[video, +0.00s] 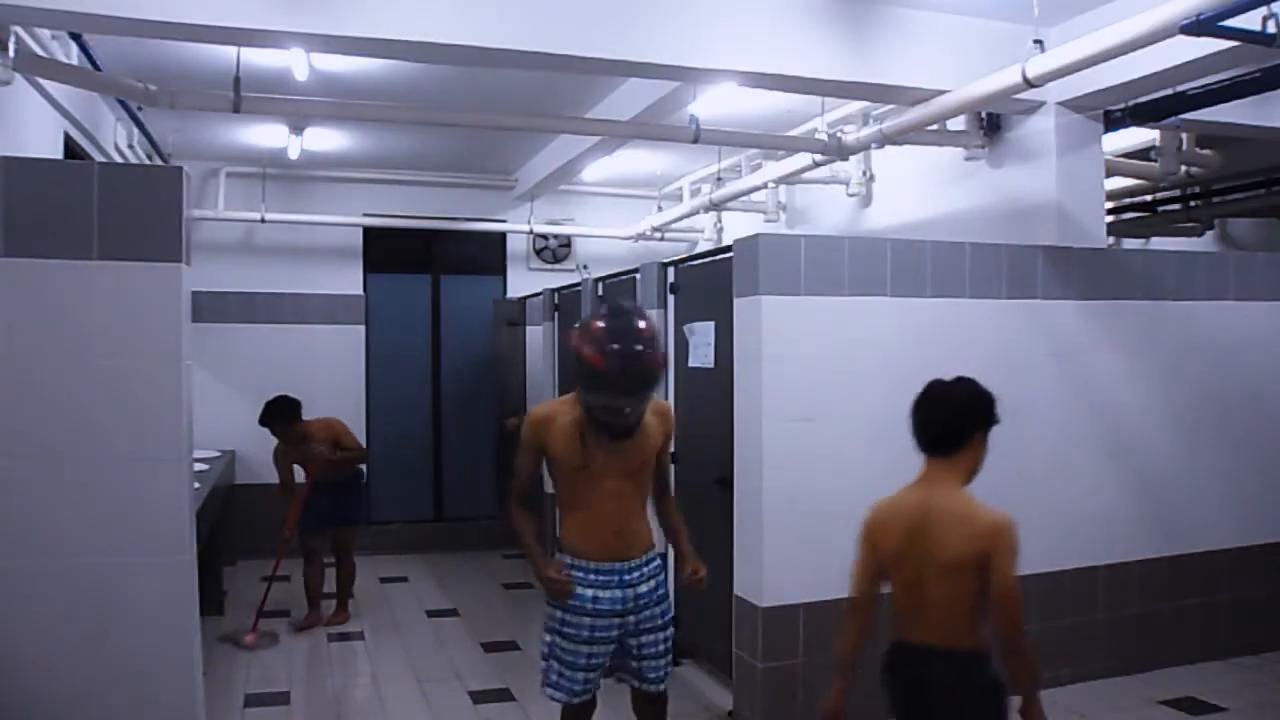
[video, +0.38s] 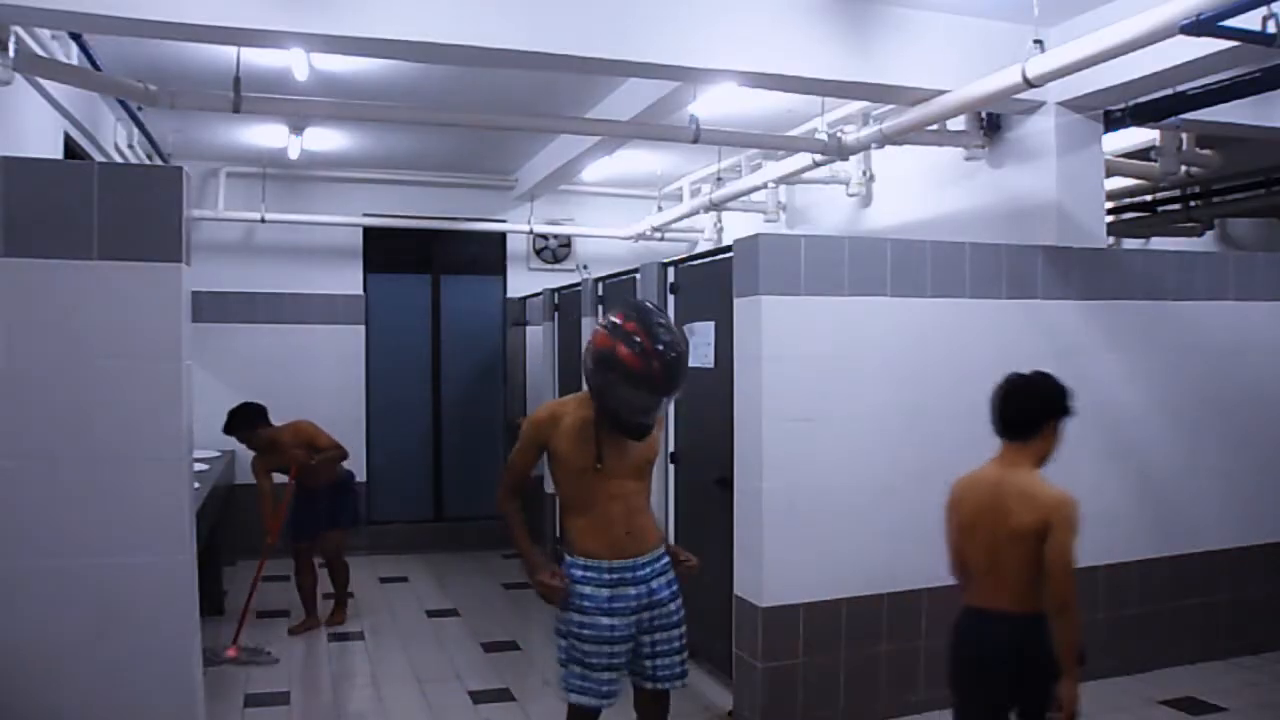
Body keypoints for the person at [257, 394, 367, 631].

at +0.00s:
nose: (275, 437)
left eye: (277, 431)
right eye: (272, 432)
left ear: (292, 423)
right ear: (276, 430)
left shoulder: (331, 428)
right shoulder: (283, 453)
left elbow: (361, 455)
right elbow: (289, 491)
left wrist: (332, 457)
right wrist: (289, 528)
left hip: (347, 486)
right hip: (317, 488)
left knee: (342, 548)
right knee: (311, 549)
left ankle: (341, 609)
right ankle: (313, 611)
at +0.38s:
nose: (245, 446)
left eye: (245, 439)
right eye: (241, 441)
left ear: (258, 430)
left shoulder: (301, 431)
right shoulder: (261, 463)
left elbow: (340, 452)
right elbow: (267, 500)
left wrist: (313, 461)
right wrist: (271, 530)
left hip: (336, 487)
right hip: (305, 492)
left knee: (331, 550)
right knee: (301, 554)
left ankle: (340, 605)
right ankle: (311, 616)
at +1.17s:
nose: (253, 453)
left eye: (253, 447)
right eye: (249, 448)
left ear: (267, 439)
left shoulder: (311, 447)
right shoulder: (271, 464)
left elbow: (340, 483)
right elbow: (273, 502)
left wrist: (298, 489)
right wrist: (261, 536)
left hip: (345, 500)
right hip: (314, 502)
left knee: (340, 568)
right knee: (308, 561)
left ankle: (342, 632)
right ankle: (314, 616)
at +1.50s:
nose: (282, 452)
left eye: (285, 446)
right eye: (280, 447)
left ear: (303, 441)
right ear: (283, 444)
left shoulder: (340, 448)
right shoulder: (283, 468)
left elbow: (362, 484)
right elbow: (276, 513)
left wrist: (326, 490)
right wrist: (265, 553)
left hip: (350, 506)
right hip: (316, 507)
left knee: (344, 568)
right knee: (301, 566)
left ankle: (343, 632)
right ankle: (307, 608)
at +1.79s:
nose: (308, 450)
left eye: (313, 444)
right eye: (304, 445)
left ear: (326, 435)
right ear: (298, 440)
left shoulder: (351, 445)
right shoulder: (292, 461)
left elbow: (373, 476)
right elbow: (287, 507)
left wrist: (352, 480)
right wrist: (293, 547)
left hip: (344, 510)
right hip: (306, 512)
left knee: (344, 571)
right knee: (296, 572)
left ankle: (342, 633)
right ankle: (289, 631)